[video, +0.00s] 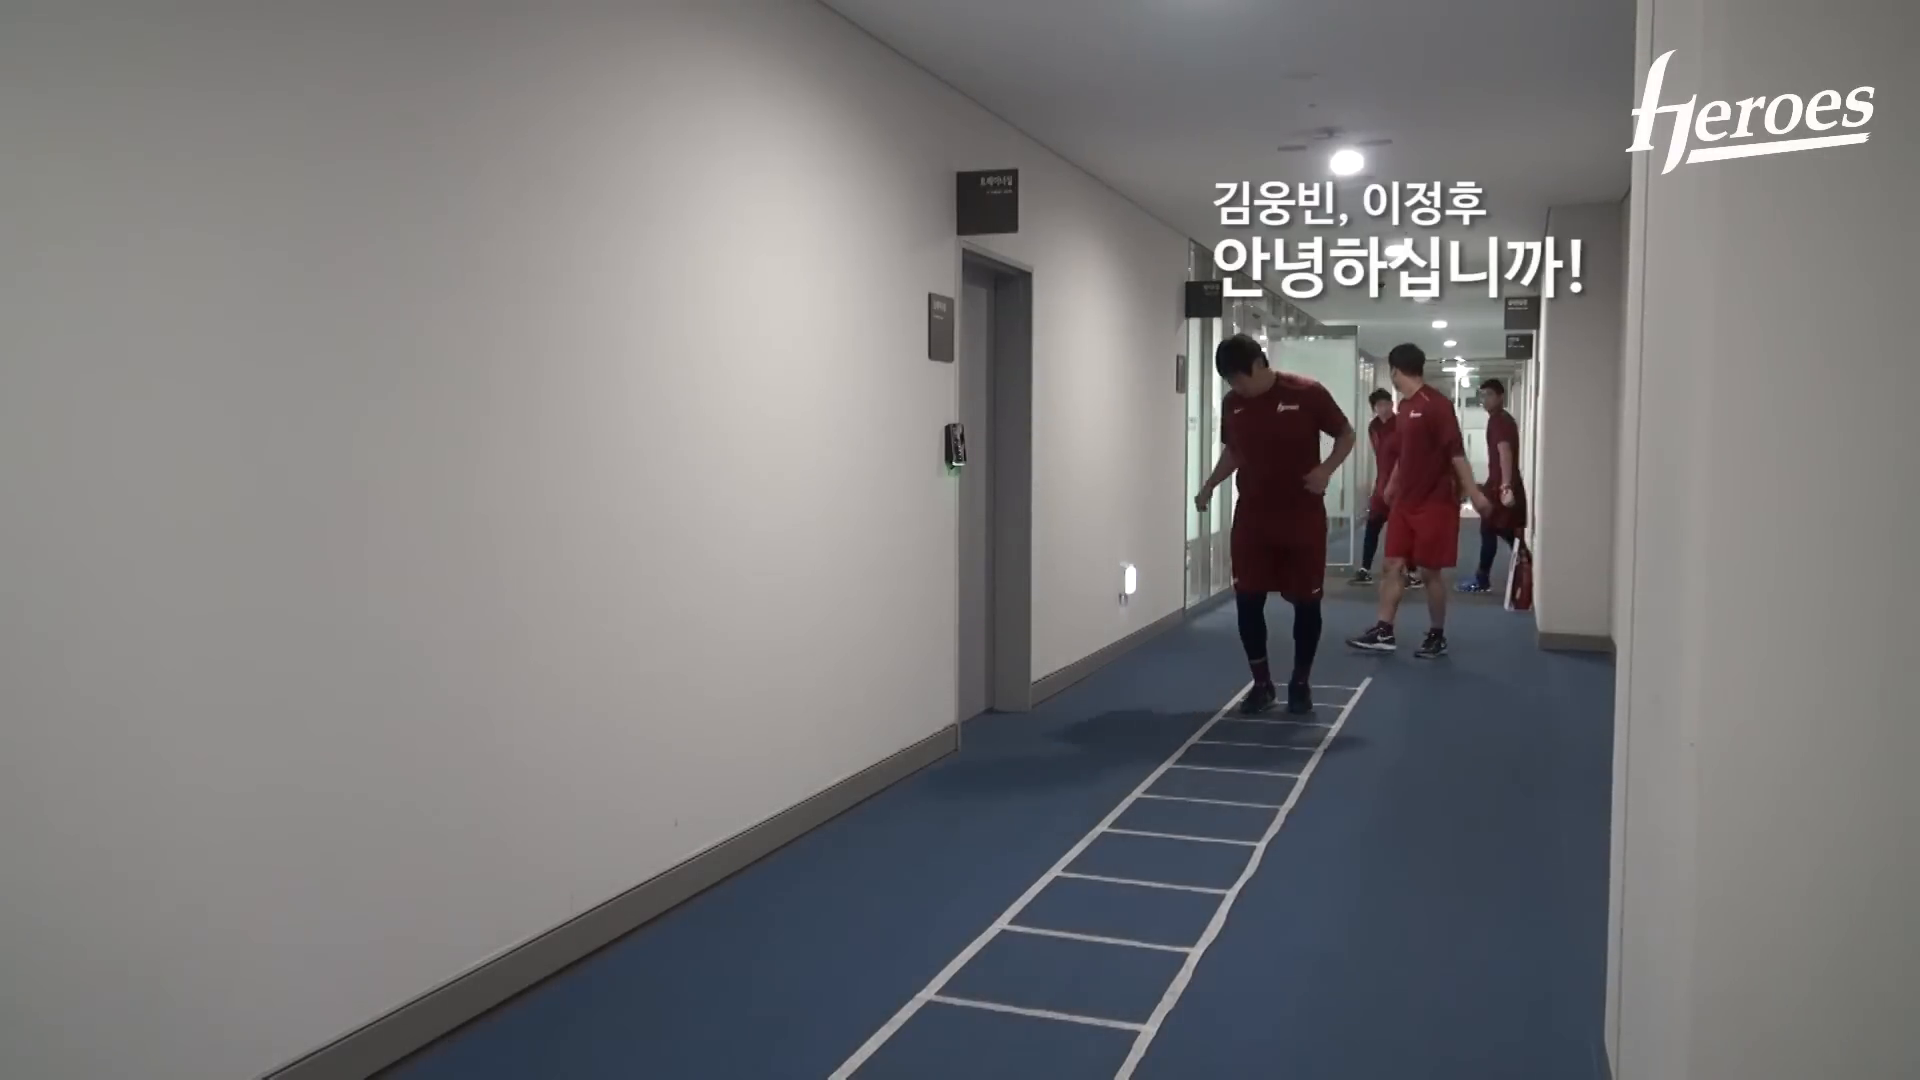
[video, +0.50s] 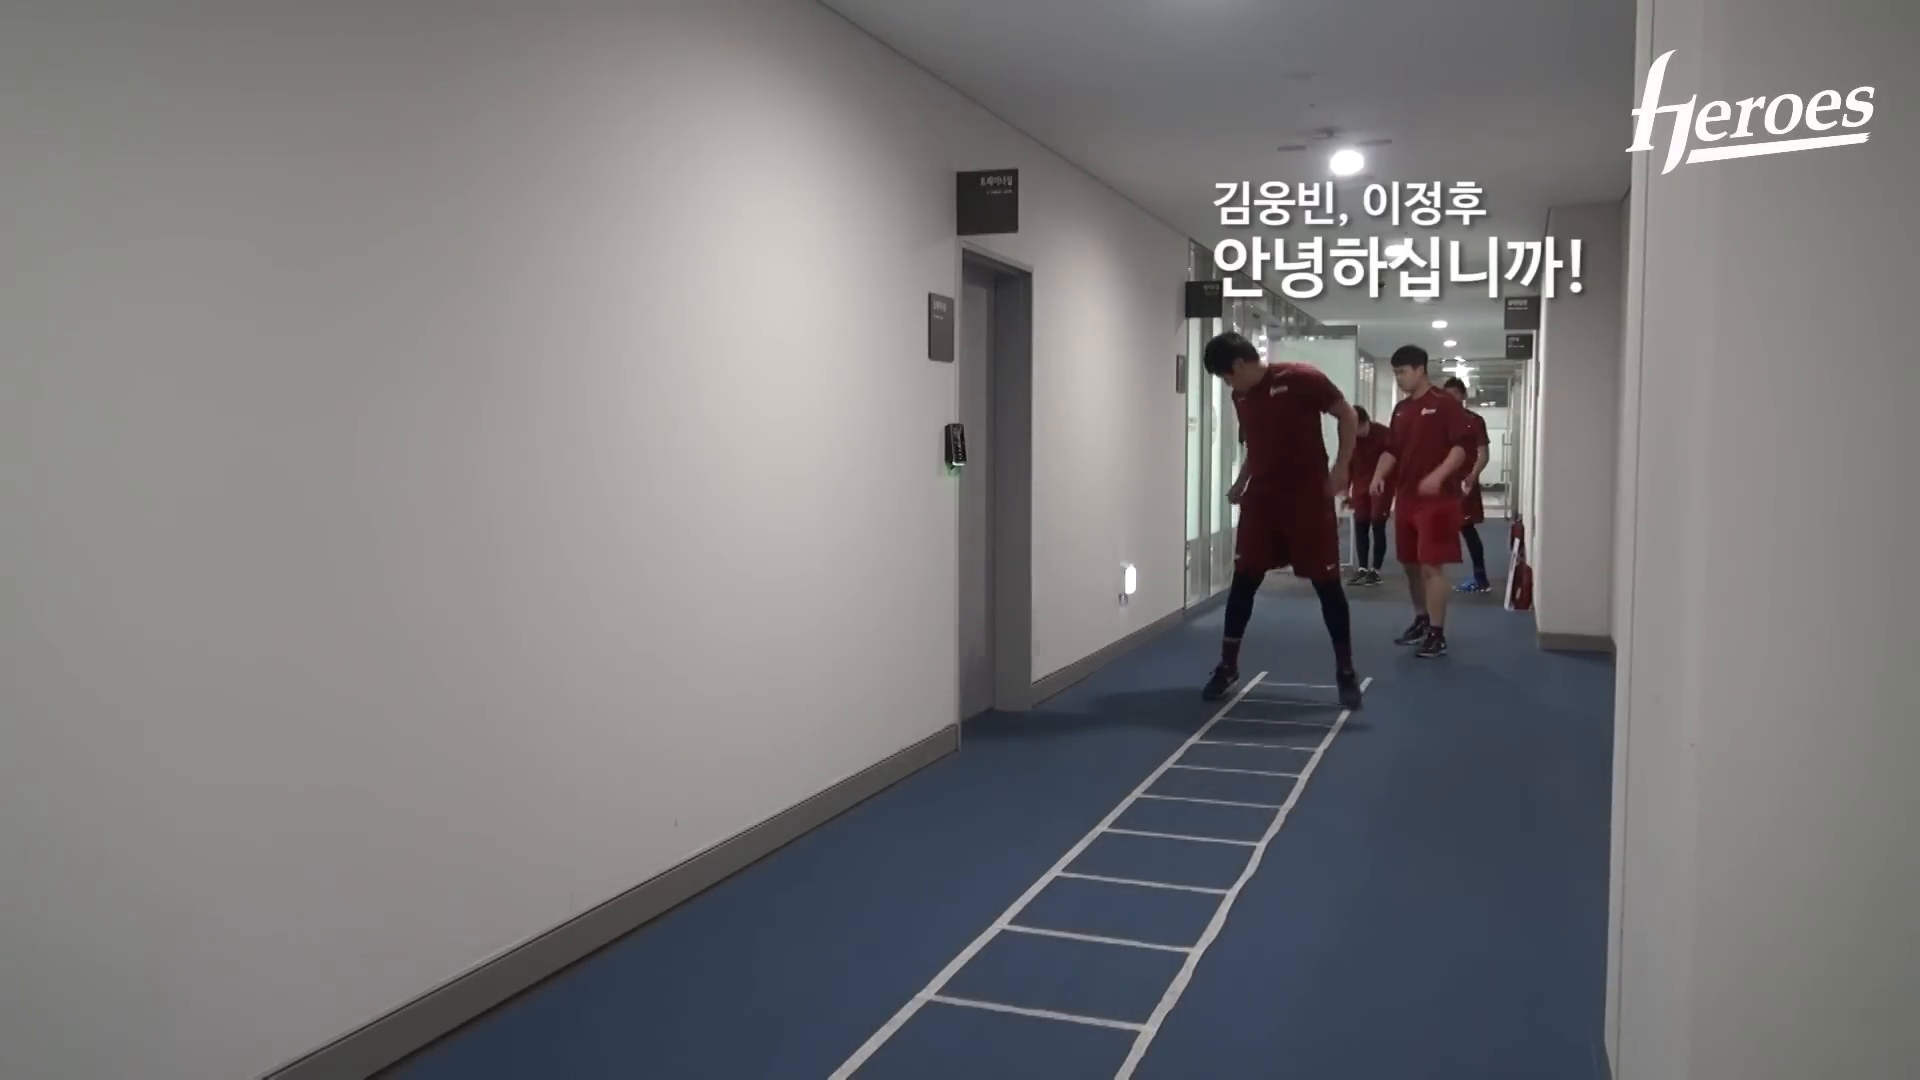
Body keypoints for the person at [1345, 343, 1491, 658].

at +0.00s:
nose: (1390, 377)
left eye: (1391, 372)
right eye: (1390, 372)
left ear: (1397, 371)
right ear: (1416, 369)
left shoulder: (1438, 404)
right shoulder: (1404, 406)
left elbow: (1456, 453)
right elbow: (1404, 453)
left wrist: (1473, 493)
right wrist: (1392, 483)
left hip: (1434, 502)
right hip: (1404, 500)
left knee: (1431, 571)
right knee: (1392, 564)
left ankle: (1436, 634)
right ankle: (1384, 630)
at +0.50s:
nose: (1397, 378)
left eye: (1401, 372)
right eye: (1395, 373)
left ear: (1420, 369)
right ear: (1403, 373)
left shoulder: (1446, 402)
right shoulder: (1402, 409)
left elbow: (1465, 444)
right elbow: (1391, 448)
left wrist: (1438, 475)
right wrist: (1378, 475)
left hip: (1437, 499)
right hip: (1407, 499)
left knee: (1431, 566)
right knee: (1411, 564)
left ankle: (1436, 633)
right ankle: (1423, 619)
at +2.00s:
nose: (1450, 371)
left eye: (1456, 366)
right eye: (1445, 365)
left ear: (1468, 369)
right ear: (1439, 367)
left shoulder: (1485, 402)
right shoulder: (1423, 404)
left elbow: (1520, 420)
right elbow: (1407, 450)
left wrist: (1489, 387)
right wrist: (1392, 486)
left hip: (1465, 499)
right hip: (1425, 496)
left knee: (1461, 570)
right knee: (1406, 561)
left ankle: (1460, 631)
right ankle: (1416, 617)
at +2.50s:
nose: (1415, 372)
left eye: (1422, 367)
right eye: (1410, 367)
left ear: (1435, 369)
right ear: (1405, 370)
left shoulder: (1455, 405)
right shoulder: (1393, 407)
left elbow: (1467, 451)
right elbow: (1380, 453)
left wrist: (1470, 489)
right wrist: (1366, 488)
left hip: (1437, 502)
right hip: (1396, 501)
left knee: (1445, 572)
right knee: (1389, 570)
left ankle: (1457, 631)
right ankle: (1382, 634)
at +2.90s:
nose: (1386, 374)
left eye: (1392, 368)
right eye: (1380, 369)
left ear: (1402, 369)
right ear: (1373, 373)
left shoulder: (1424, 403)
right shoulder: (1362, 409)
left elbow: (1440, 444)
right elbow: (1343, 451)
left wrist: (1450, 478)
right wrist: (1329, 486)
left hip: (1409, 499)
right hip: (1371, 500)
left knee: (1412, 569)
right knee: (1376, 570)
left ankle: (1425, 625)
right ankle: (1379, 634)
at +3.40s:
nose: (1377, 375)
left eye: (1383, 369)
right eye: (1371, 370)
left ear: (1396, 370)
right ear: (1366, 371)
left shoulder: (1418, 402)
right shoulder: (1360, 406)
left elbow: (1438, 448)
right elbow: (1347, 452)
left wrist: (1446, 488)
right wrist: (1330, 490)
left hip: (1403, 502)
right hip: (1366, 502)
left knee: (1400, 572)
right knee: (1376, 572)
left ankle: (1403, 642)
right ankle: (1380, 633)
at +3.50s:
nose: (1381, 375)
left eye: (1387, 369)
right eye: (1376, 369)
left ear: (1400, 369)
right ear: (1370, 370)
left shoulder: (1421, 403)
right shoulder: (1362, 407)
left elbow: (1441, 449)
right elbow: (1351, 452)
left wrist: (1446, 491)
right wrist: (1336, 489)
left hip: (1404, 501)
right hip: (1368, 500)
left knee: (1400, 571)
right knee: (1377, 571)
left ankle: (1403, 642)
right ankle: (1380, 634)